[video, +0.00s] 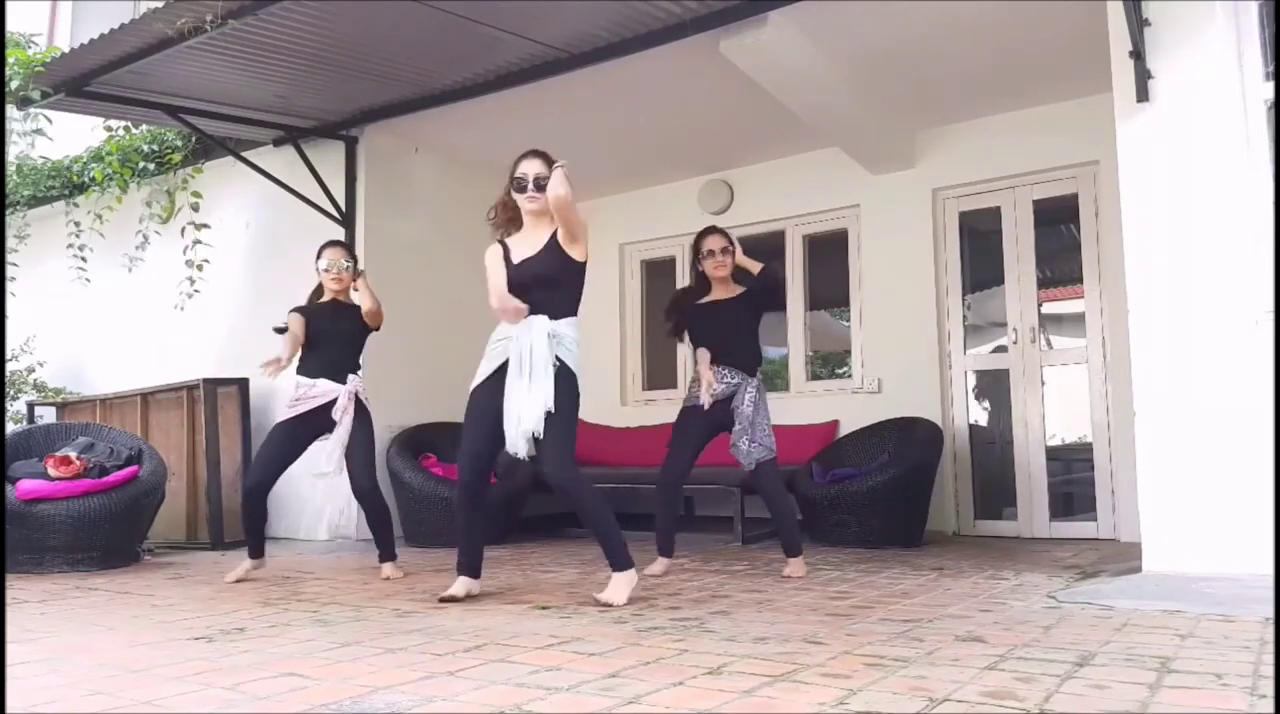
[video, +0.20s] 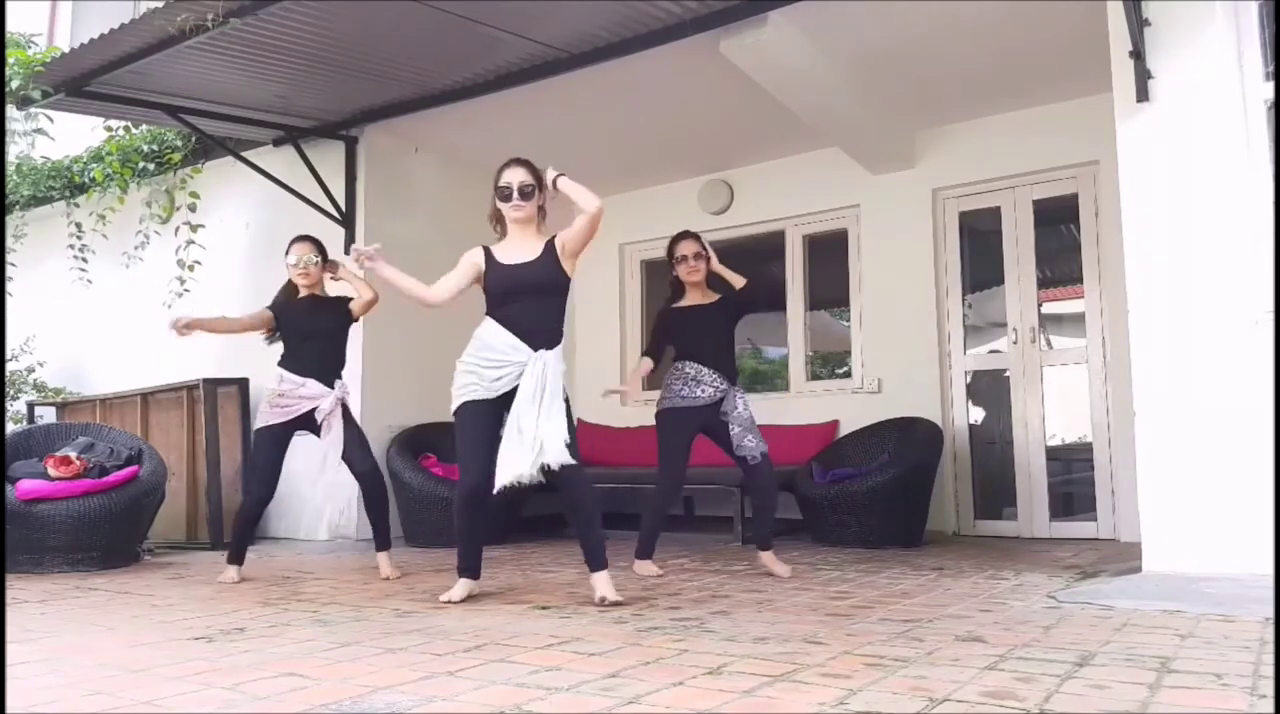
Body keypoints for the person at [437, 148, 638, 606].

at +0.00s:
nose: (530, 190)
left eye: (538, 183)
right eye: (521, 183)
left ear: (552, 190)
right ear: (510, 191)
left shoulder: (570, 235)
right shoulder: (498, 249)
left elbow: (559, 196)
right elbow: (499, 300)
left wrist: (559, 170)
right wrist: (516, 309)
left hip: (555, 357)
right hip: (505, 355)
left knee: (556, 466)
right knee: (472, 461)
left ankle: (624, 569)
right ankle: (468, 574)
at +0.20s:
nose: (516, 197)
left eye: (525, 190)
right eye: (506, 192)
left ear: (541, 197)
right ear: (496, 201)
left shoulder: (560, 247)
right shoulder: (481, 257)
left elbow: (592, 209)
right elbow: (431, 295)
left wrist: (558, 179)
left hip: (543, 373)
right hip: (486, 372)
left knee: (568, 469)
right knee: (473, 482)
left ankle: (600, 573)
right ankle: (468, 576)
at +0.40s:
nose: (527, 189)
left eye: (537, 182)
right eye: (518, 183)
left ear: (553, 187)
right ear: (508, 189)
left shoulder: (569, 239)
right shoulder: (486, 241)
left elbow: (603, 210)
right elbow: (428, 282)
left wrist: (566, 173)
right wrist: (382, 268)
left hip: (553, 363)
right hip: (497, 362)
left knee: (584, 465)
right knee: (476, 470)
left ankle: (589, 573)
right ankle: (468, 575)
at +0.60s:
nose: (555, 185)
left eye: (564, 179)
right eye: (546, 178)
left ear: (577, 186)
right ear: (535, 185)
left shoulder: (587, 237)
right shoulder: (514, 241)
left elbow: (606, 210)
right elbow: (491, 294)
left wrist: (585, 170)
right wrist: (519, 321)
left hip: (576, 362)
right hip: (526, 363)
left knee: (582, 470)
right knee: (458, 454)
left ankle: (633, 577)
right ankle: (479, 567)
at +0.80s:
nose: (563, 194)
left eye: (573, 187)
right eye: (555, 186)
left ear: (588, 194)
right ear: (543, 193)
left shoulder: (592, 241)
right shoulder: (530, 243)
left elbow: (630, 201)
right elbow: (499, 262)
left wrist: (601, 176)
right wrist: (550, 224)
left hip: (580, 362)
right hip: (536, 368)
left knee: (577, 471)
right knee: (480, 456)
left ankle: (636, 576)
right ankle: (476, 572)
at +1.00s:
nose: (548, 187)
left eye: (557, 180)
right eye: (539, 180)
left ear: (571, 188)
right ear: (527, 187)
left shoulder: (581, 233)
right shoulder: (511, 243)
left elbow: (592, 198)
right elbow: (496, 287)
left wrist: (586, 174)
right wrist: (519, 289)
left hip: (568, 364)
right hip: (525, 366)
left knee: (568, 470)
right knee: (460, 454)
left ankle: (632, 571)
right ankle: (479, 571)